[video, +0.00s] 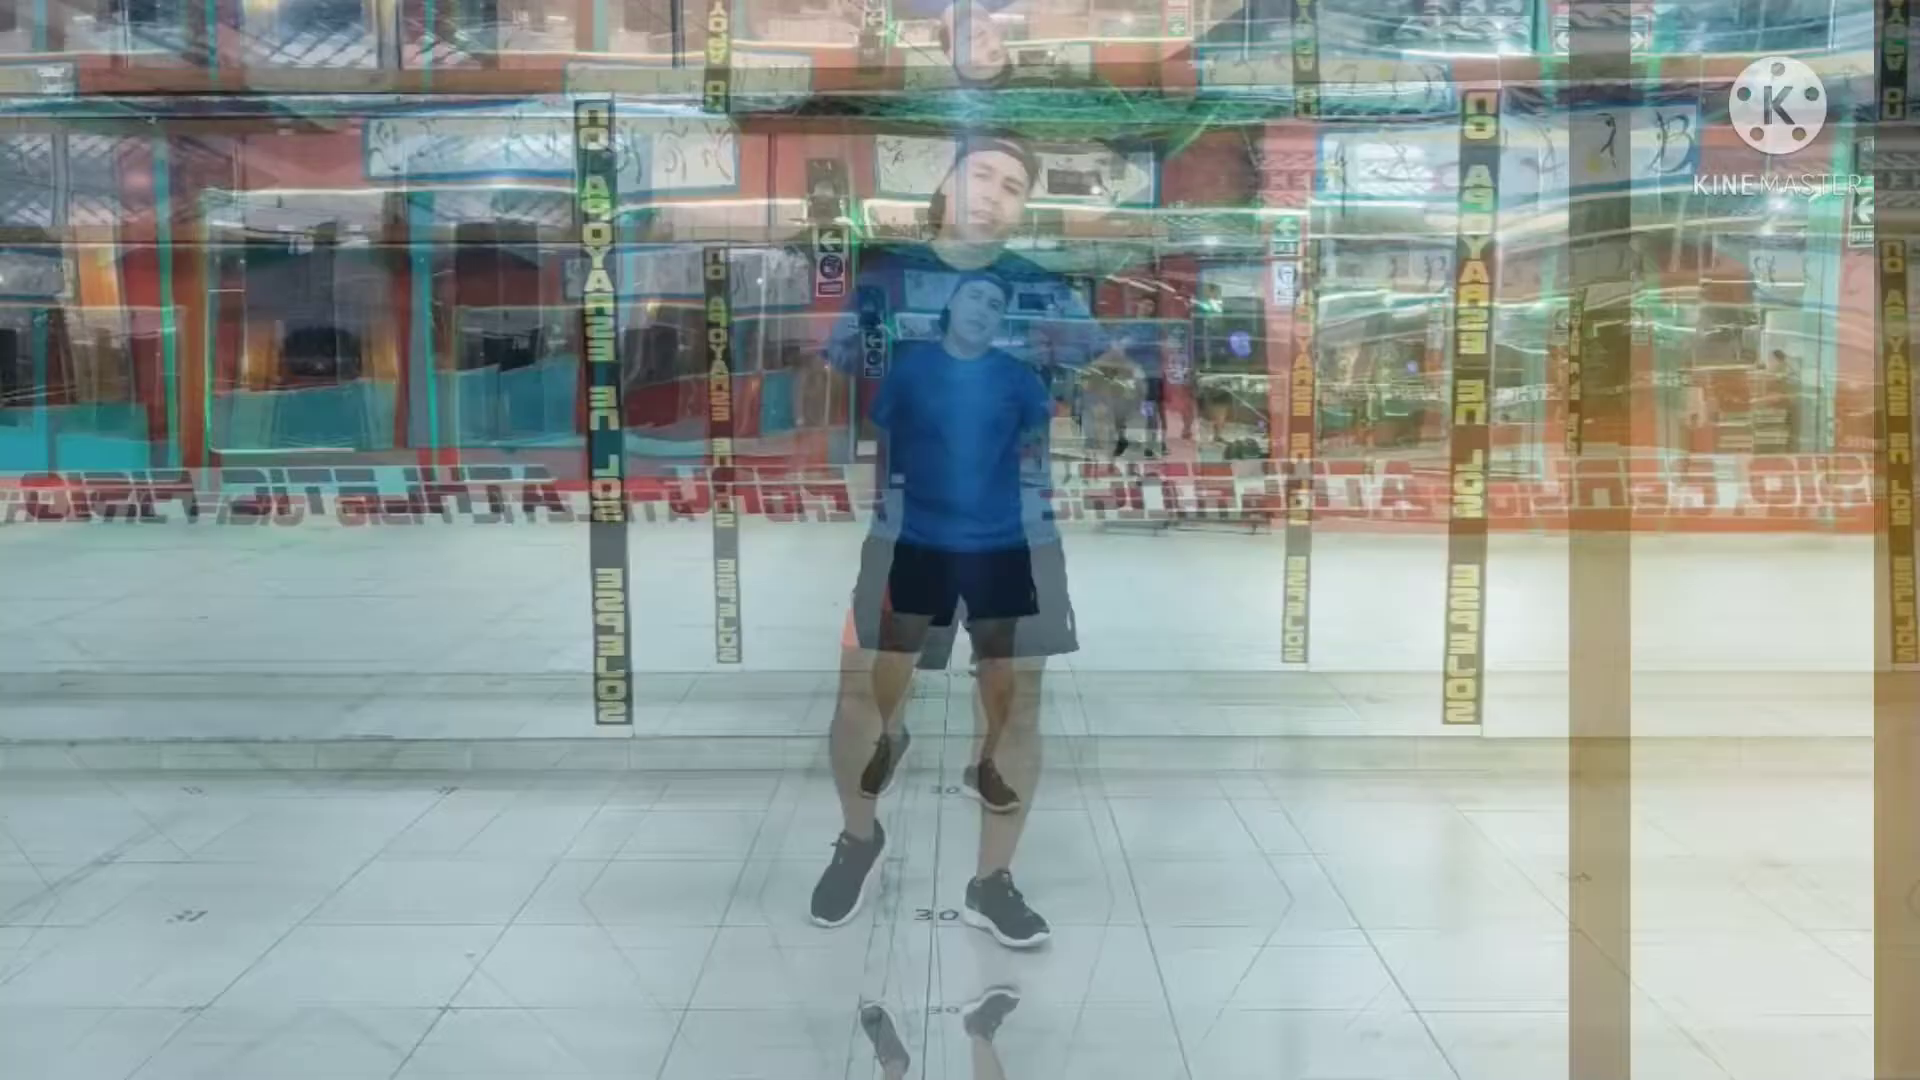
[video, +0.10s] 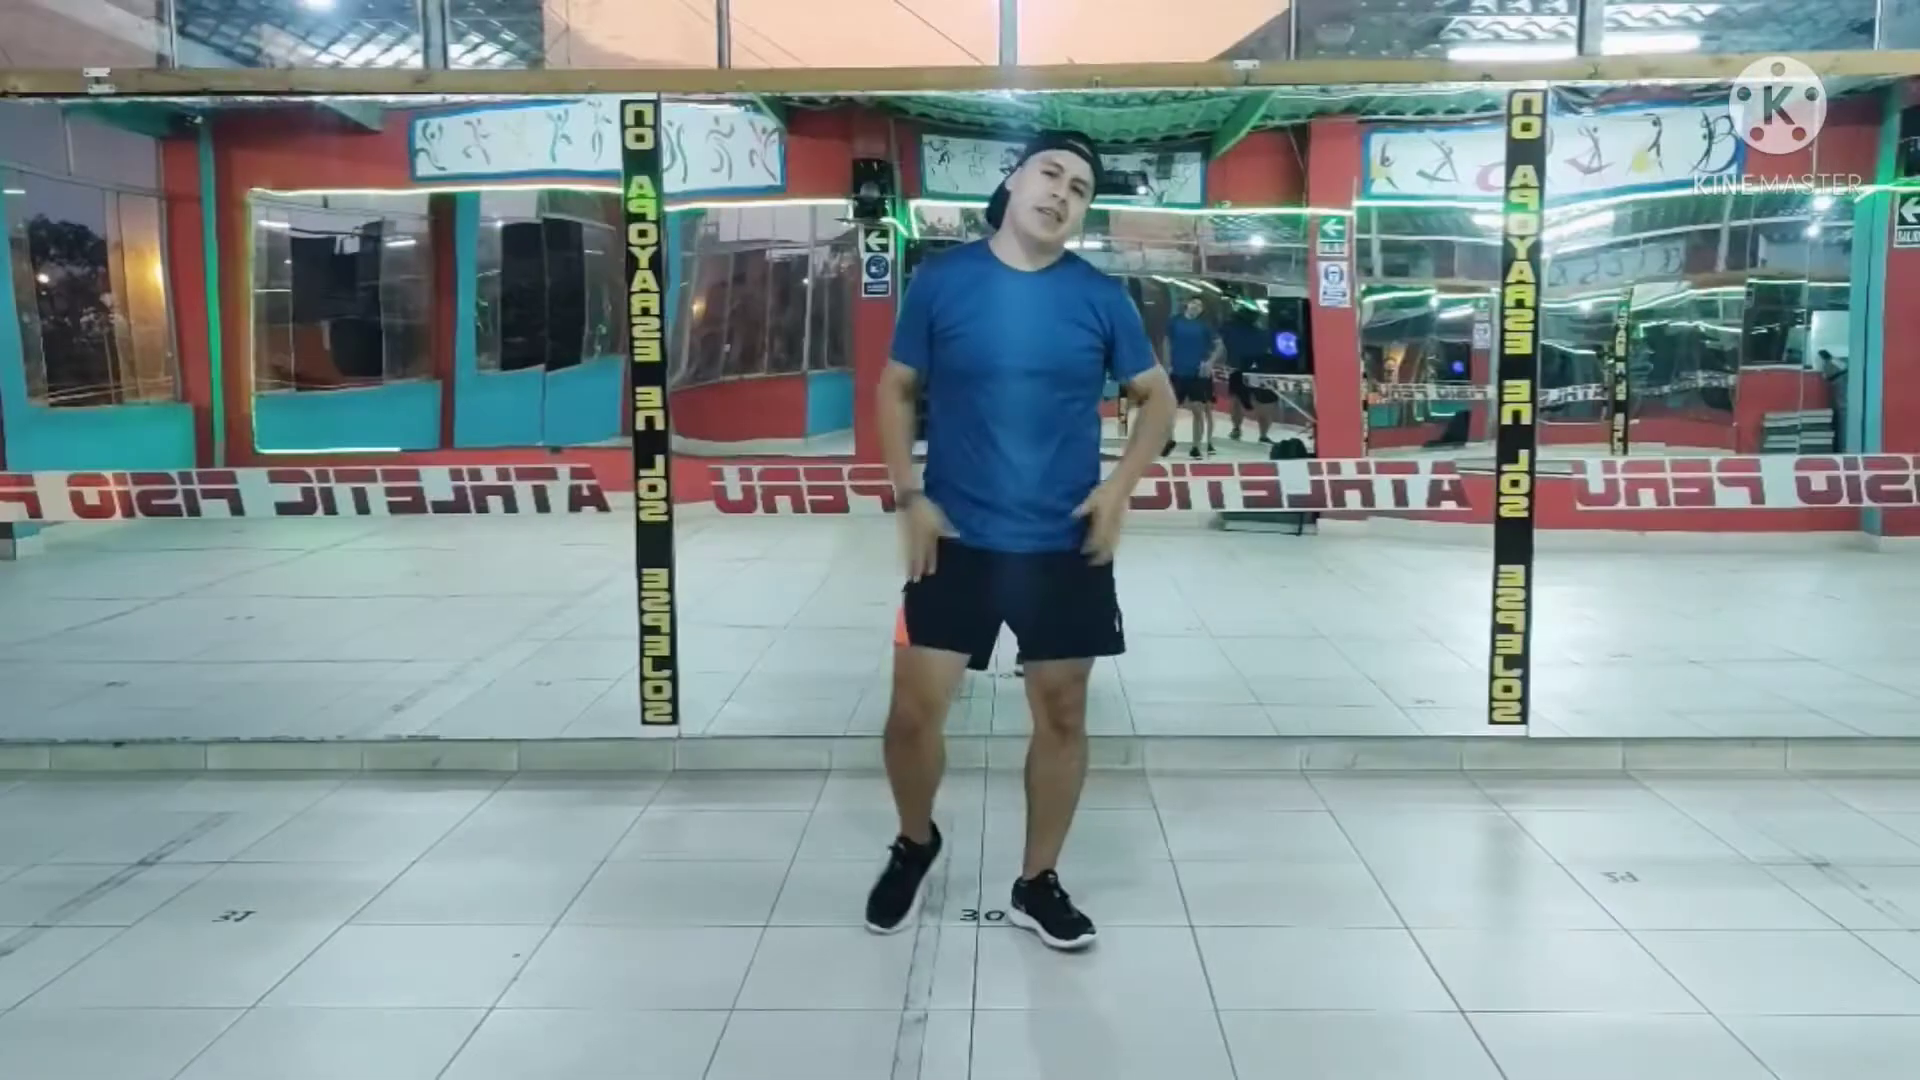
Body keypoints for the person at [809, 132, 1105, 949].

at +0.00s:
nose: (995, 195)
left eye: (1011, 188)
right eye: (984, 176)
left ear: (1022, 212)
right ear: (947, 185)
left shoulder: (1042, 295)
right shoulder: (890, 279)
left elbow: (1106, 374)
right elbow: (844, 384)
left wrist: (1112, 380)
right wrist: (833, 364)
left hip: (1012, 533)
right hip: (909, 527)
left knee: (1013, 709)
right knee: (866, 703)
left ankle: (995, 877)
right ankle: (859, 837)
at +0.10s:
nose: (1064, 194)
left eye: (1079, 190)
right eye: (1052, 175)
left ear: (1083, 214)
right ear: (1011, 181)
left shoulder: (1100, 297)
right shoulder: (941, 283)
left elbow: (1157, 398)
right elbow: (895, 390)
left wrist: (1121, 486)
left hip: (1063, 542)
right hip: (957, 534)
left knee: (1062, 709)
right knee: (912, 709)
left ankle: (1039, 879)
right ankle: (915, 841)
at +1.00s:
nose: (967, 186)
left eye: (986, 177)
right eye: (953, 172)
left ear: (1008, 204)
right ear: (926, 192)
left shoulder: (1039, 295)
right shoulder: (874, 291)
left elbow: (1084, 424)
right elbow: (827, 406)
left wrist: (1046, 441)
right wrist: (791, 515)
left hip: (1023, 549)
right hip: (907, 549)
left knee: (1089, 715)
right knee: (882, 727)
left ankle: (1115, 893)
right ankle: (867, 901)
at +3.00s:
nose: (996, 190)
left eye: (1016, 180)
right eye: (982, 174)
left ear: (1039, 204)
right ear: (955, 191)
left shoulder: (1069, 298)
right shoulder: (900, 292)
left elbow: (1111, 432)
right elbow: (866, 412)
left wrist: (1069, 397)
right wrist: (848, 529)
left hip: (1045, 564)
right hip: (928, 560)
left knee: (1095, 742)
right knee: (896, 740)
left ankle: (1125, 906)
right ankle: (872, 905)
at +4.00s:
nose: (997, 207)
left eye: (1017, 195)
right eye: (984, 187)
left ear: (1039, 214)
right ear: (956, 195)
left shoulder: (1066, 304)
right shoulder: (898, 291)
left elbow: (1109, 412)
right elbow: (858, 407)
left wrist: (1123, 509)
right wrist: (842, 526)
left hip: (1033, 563)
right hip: (918, 557)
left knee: (1093, 739)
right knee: (890, 735)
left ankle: (1127, 906)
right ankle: (874, 905)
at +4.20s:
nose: (993, 218)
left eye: (1015, 205)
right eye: (981, 197)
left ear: (1037, 221)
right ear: (954, 201)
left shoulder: (1063, 317)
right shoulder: (894, 293)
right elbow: (850, 402)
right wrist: (831, 518)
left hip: (1025, 566)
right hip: (909, 560)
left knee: (1097, 734)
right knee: (884, 735)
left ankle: (1130, 903)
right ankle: (873, 905)